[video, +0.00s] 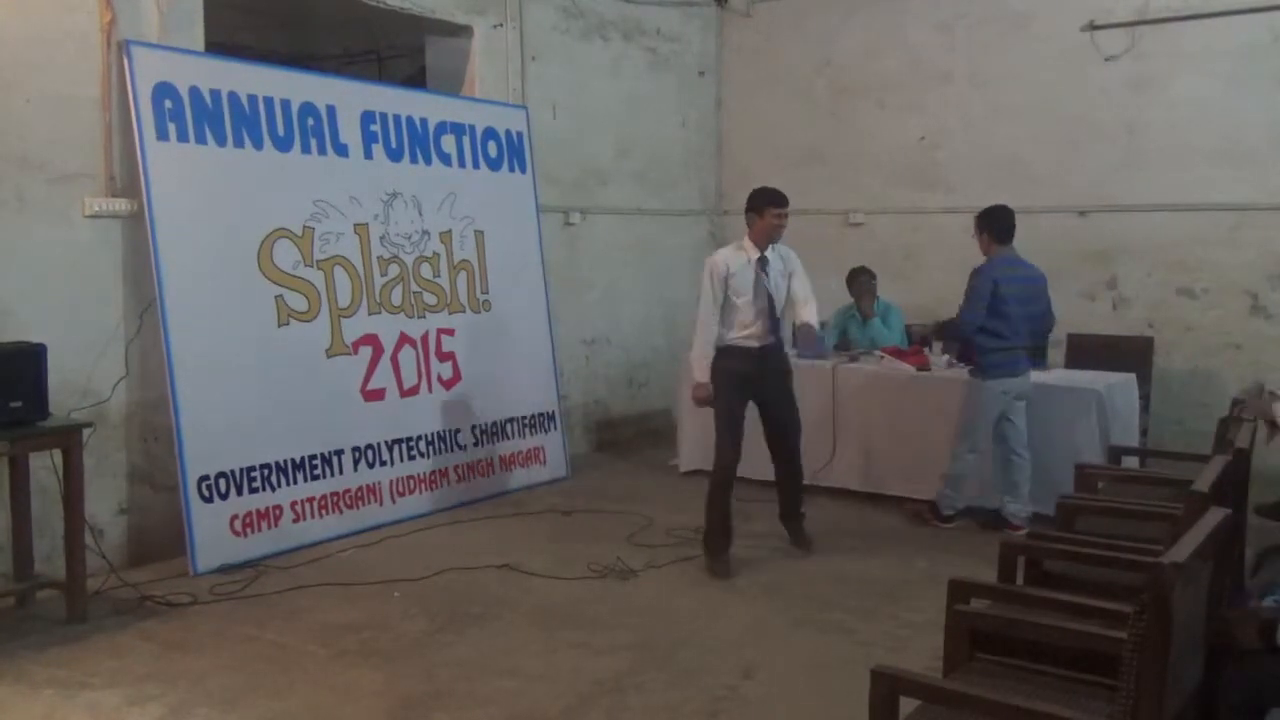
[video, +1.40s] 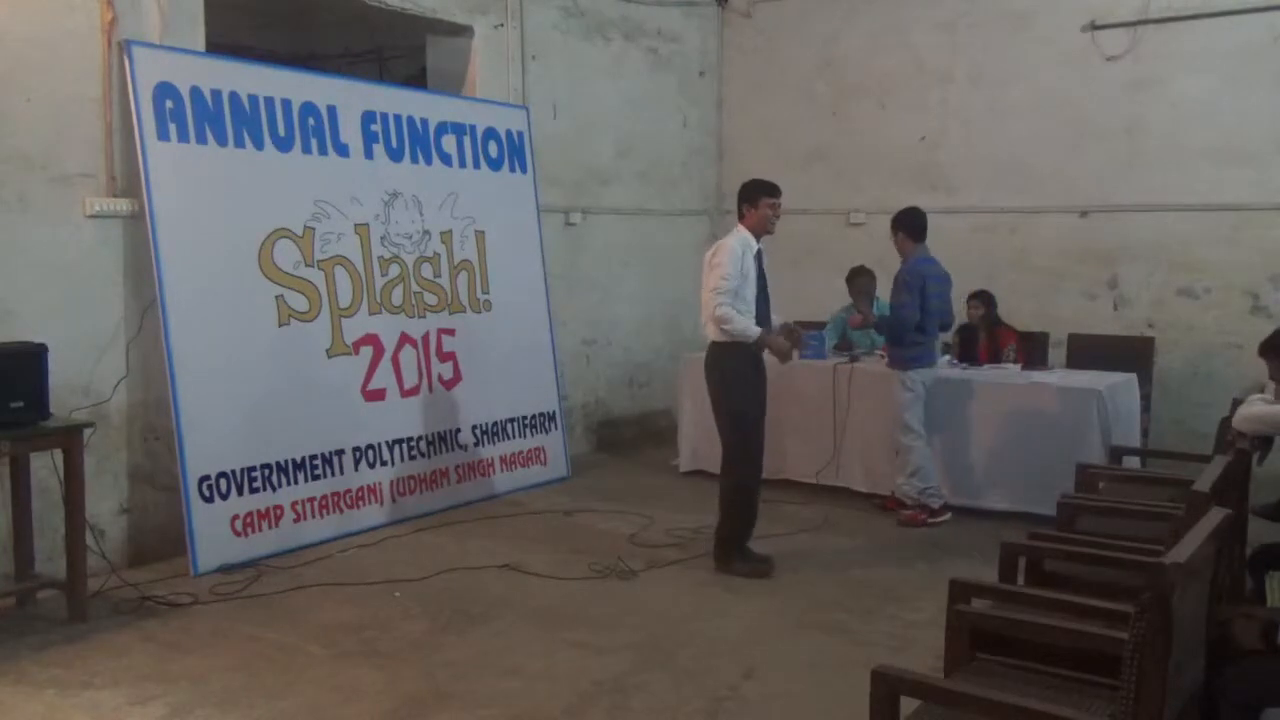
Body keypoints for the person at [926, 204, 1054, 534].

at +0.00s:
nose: (976, 240)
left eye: (977, 234)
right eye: (977, 233)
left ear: (985, 236)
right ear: (1010, 233)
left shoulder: (986, 274)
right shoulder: (1033, 274)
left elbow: (967, 324)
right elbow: (1046, 322)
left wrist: (940, 331)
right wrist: (1025, 350)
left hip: (990, 377)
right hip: (1021, 374)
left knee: (969, 444)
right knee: (1017, 451)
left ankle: (946, 507)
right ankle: (1017, 516)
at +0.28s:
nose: (952, 241)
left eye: (953, 236)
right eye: (953, 236)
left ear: (959, 237)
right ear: (985, 234)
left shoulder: (956, 278)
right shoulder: (1007, 275)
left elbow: (933, 326)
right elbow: (1018, 323)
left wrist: (902, 315)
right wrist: (986, 319)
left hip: (960, 377)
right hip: (992, 374)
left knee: (948, 445)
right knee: (995, 444)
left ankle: (939, 509)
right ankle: (1011, 511)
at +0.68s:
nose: (920, 239)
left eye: (920, 234)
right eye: (921, 234)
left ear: (926, 236)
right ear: (952, 233)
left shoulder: (927, 277)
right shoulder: (974, 269)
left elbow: (917, 329)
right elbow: (989, 317)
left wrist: (882, 324)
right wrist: (960, 328)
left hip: (938, 369)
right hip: (966, 365)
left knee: (941, 437)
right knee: (951, 430)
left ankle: (938, 507)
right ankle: (970, 497)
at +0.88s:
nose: (910, 238)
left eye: (910, 233)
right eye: (912, 233)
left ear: (915, 236)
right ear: (942, 232)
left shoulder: (920, 275)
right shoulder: (963, 269)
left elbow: (916, 328)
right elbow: (978, 314)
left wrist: (881, 329)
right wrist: (951, 331)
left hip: (933, 369)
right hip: (957, 365)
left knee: (934, 439)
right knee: (942, 435)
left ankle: (937, 506)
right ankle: (938, 497)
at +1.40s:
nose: (893, 243)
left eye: (894, 236)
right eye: (894, 236)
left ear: (901, 236)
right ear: (922, 234)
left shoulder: (908, 274)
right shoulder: (939, 272)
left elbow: (903, 323)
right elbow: (945, 322)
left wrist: (872, 321)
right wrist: (908, 323)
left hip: (908, 365)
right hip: (926, 362)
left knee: (911, 433)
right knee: (911, 431)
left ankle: (931, 501)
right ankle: (907, 493)